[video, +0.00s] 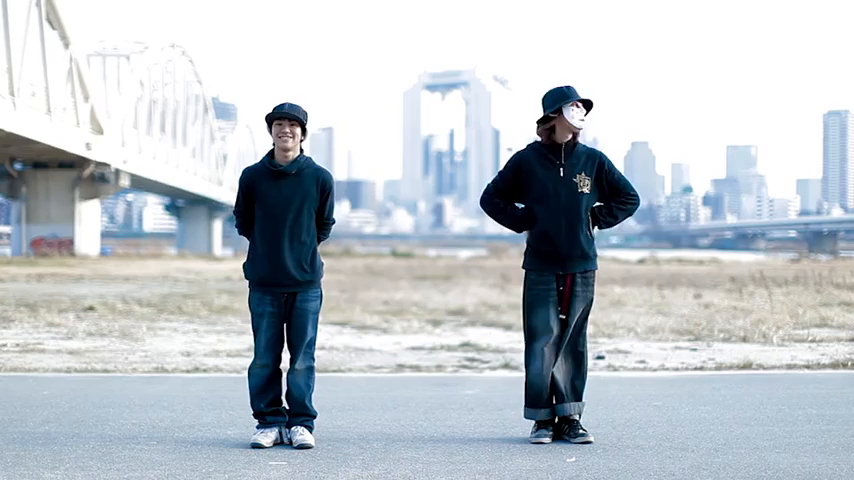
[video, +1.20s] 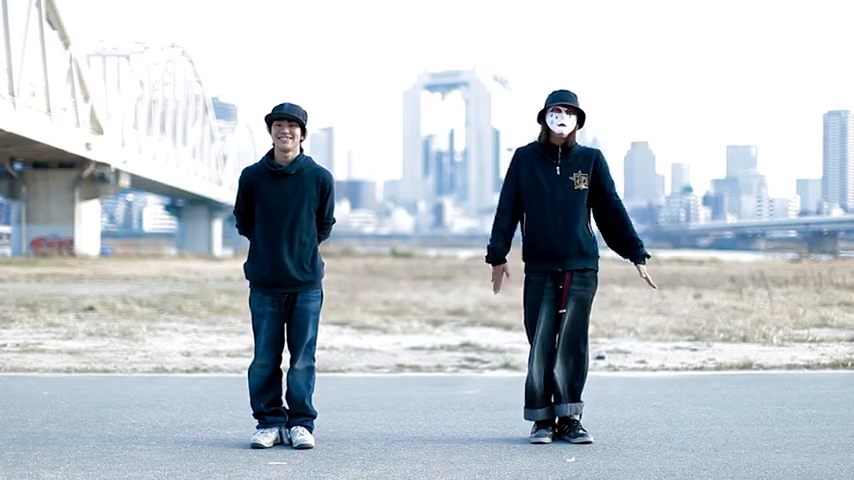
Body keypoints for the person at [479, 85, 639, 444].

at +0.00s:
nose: (582, 115)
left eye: (582, 109)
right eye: (575, 109)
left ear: (578, 116)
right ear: (555, 114)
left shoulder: (593, 159)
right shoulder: (527, 159)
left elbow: (629, 199)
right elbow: (490, 199)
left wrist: (594, 218)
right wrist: (523, 221)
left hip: (581, 262)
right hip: (542, 262)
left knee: (574, 340)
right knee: (542, 337)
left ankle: (569, 418)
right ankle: (543, 420)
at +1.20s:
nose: (561, 119)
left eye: (567, 114)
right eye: (555, 113)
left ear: (577, 121)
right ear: (544, 118)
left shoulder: (591, 160)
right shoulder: (524, 158)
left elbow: (611, 210)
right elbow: (508, 208)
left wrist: (636, 251)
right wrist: (497, 254)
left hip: (580, 262)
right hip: (539, 262)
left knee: (573, 339)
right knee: (541, 340)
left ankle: (569, 418)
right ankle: (542, 419)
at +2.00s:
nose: (585, 124)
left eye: (590, 118)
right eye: (577, 122)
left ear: (601, 125)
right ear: (568, 132)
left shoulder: (605, 173)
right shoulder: (553, 169)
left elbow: (592, 226)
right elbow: (528, 219)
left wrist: (580, 263)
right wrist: (505, 256)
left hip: (570, 271)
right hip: (532, 269)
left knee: (566, 339)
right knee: (529, 340)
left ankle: (571, 416)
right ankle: (540, 418)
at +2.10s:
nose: (582, 119)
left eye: (587, 113)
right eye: (574, 116)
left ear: (600, 121)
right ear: (567, 127)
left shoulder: (608, 168)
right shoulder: (554, 161)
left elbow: (606, 220)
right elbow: (528, 211)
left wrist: (605, 264)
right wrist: (500, 255)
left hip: (570, 267)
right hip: (534, 266)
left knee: (568, 339)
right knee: (531, 339)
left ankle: (571, 415)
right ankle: (538, 418)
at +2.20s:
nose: (578, 110)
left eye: (584, 105)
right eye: (571, 105)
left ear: (595, 112)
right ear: (561, 111)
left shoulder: (605, 156)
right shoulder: (545, 146)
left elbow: (616, 208)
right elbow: (525, 198)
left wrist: (627, 252)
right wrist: (503, 246)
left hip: (578, 260)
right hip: (539, 258)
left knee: (574, 336)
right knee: (533, 334)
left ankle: (571, 415)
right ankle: (540, 416)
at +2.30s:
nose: (572, 115)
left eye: (579, 109)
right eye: (566, 108)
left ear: (589, 116)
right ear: (556, 113)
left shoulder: (598, 157)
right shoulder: (536, 148)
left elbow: (617, 208)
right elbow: (520, 203)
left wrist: (636, 251)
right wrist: (508, 253)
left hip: (582, 260)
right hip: (540, 259)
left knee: (576, 337)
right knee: (533, 334)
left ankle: (574, 416)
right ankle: (544, 416)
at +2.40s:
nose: (567, 135)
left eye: (574, 130)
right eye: (561, 128)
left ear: (582, 137)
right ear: (550, 133)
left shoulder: (593, 180)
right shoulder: (528, 176)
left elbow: (616, 229)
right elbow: (516, 230)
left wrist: (636, 272)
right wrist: (512, 281)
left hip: (583, 275)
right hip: (541, 275)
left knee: (575, 348)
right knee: (535, 346)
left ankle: (573, 417)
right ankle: (544, 420)